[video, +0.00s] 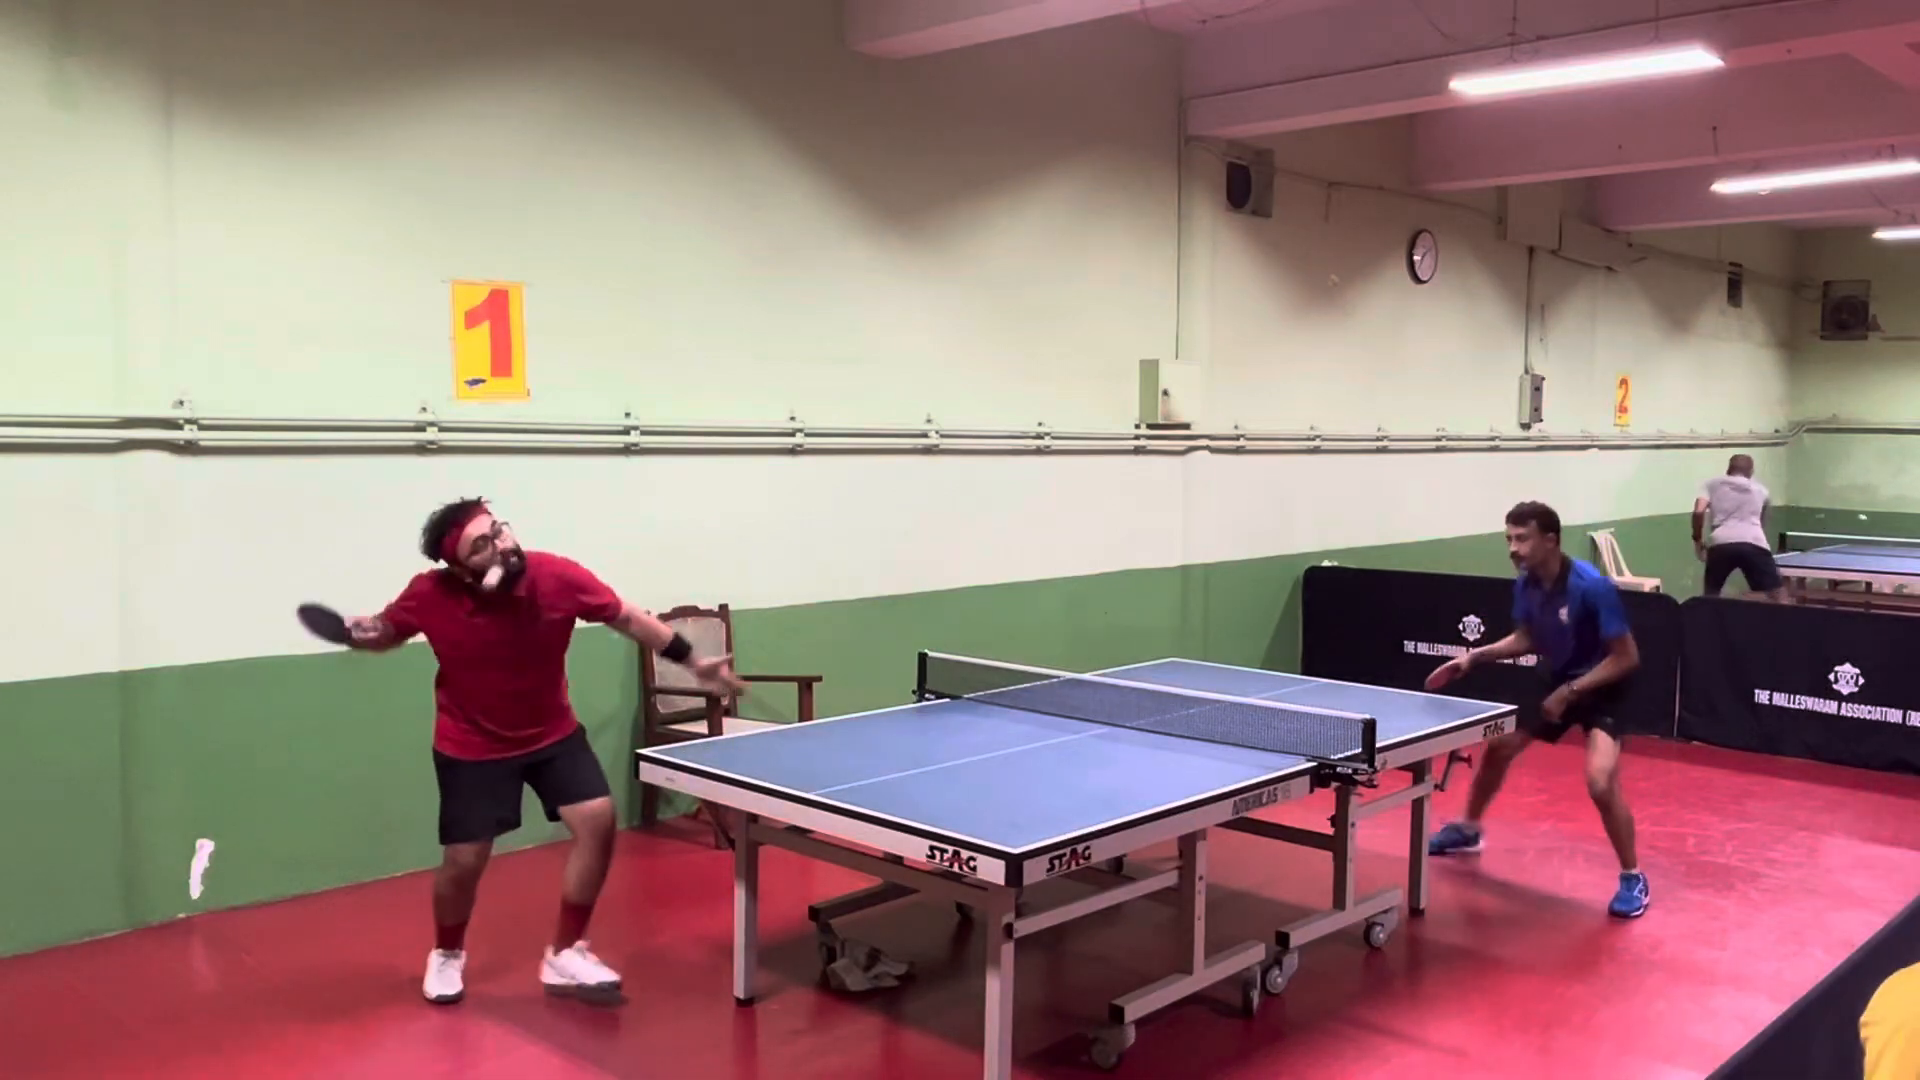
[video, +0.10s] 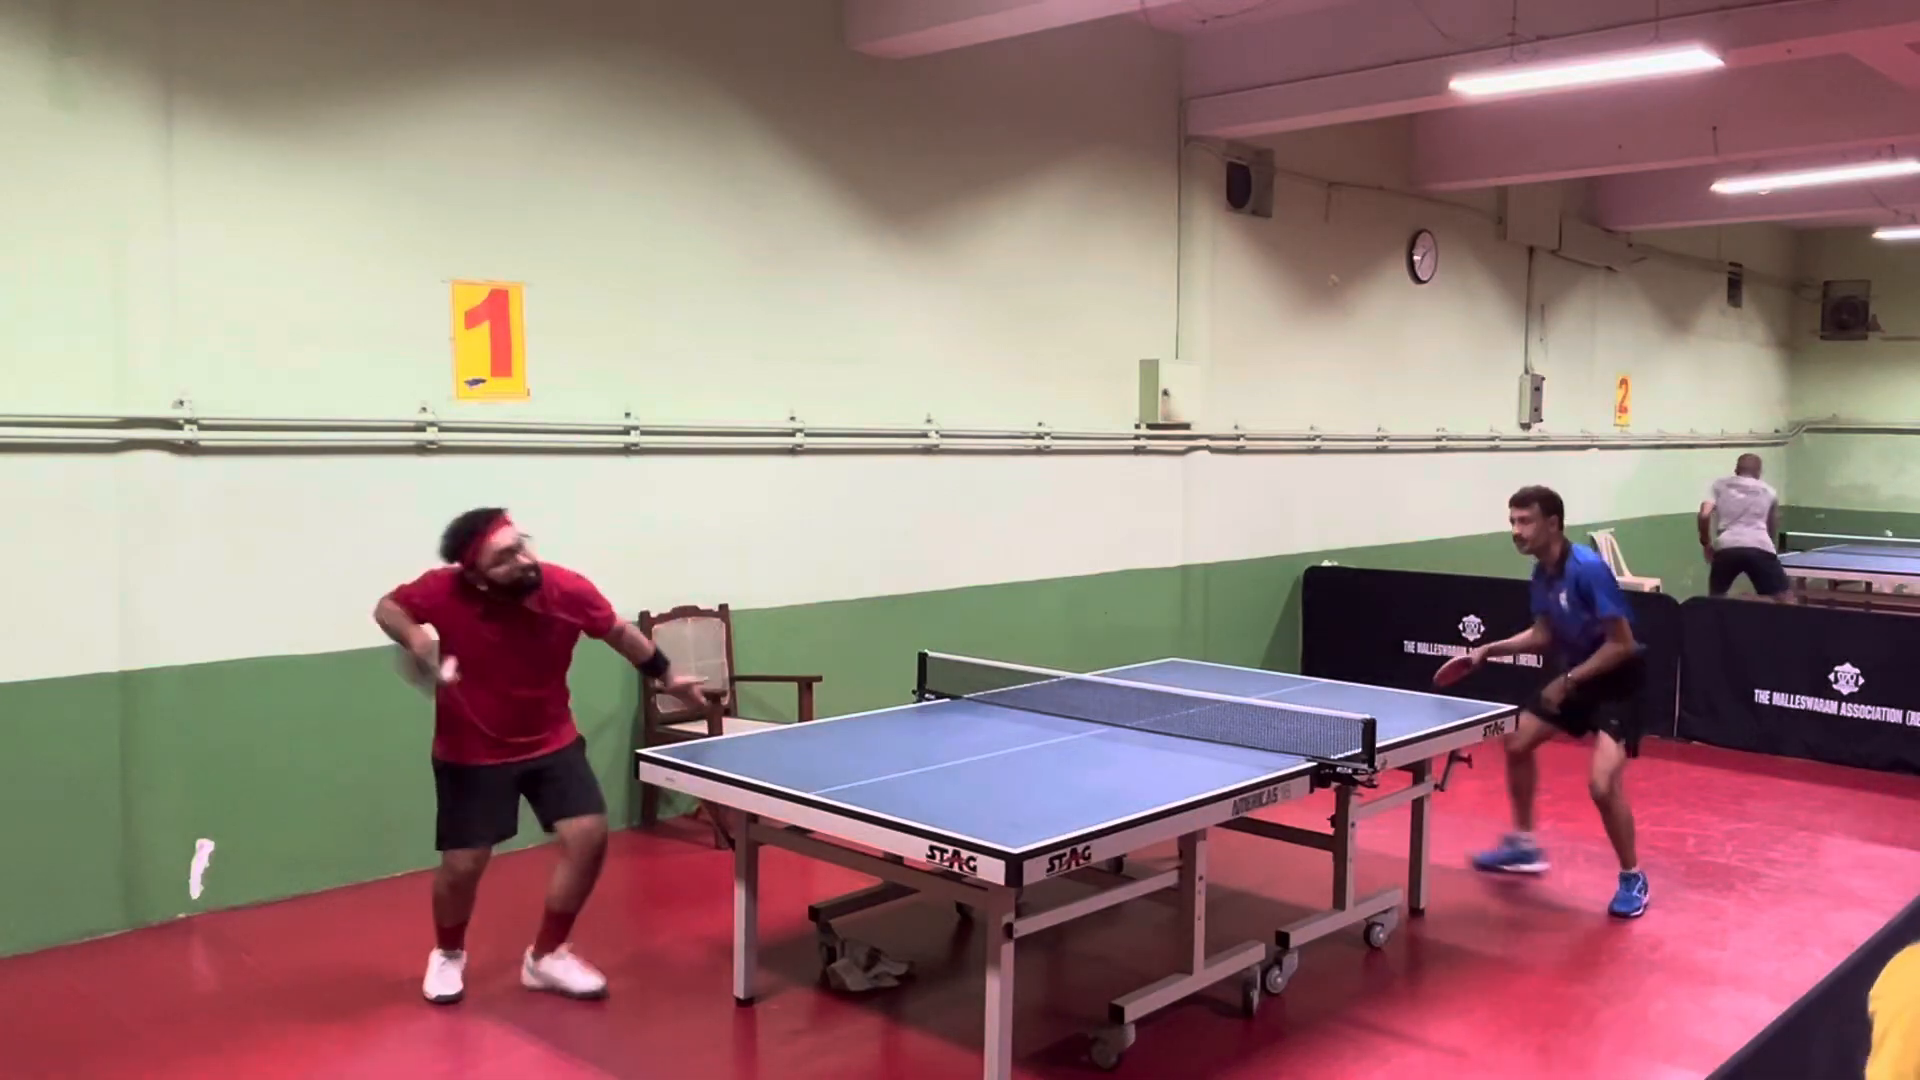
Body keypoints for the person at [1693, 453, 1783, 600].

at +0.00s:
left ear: (1728, 470)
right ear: (1751, 473)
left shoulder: (1712, 484)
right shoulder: (1761, 491)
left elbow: (1698, 512)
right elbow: (1762, 523)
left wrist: (1698, 541)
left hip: (1721, 546)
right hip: (1755, 546)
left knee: (1710, 596)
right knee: (1775, 597)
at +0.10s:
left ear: (1736, 471)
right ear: (1759, 473)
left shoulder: (1720, 485)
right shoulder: (1769, 492)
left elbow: (1704, 515)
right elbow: (1771, 529)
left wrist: (1706, 545)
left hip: (1727, 549)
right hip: (1760, 549)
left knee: (1715, 600)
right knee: (1784, 601)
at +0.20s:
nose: (1774, 476)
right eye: (1773, 473)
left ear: (1749, 473)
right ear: (1772, 475)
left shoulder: (1730, 490)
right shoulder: (1782, 495)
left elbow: (1713, 522)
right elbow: (1786, 530)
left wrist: (1717, 552)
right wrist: (1783, 550)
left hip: (1735, 554)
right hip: (1769, 554)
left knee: (1722, 606)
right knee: (1796, 605)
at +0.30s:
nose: (1790, 476)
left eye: (1789, 473)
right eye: (1789, 473)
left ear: (1766, 473)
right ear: (1787, 474)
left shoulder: (1747, 492)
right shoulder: (1798, 496)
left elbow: (1729, 523)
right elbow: (1806, 526)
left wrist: (1731, 553)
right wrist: (1805, 550)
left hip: (1748, 556)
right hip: (1781, 557)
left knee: (1733, 606)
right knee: (1804, 603)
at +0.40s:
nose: (1809, 475)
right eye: (1809, 471)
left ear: (1786, 470)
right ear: (1806, 472)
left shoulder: (1764, 489)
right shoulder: (1814, 494)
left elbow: (1746, 522)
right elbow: (1823, 529)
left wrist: (1748, 551)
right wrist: (1822, 550)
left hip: (1759, 556)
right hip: (1793, 558)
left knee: (1739, 604)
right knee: (1817, 606)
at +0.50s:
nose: (1824, 474)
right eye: (1824, 470)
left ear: (1800, 469)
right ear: (1821, 471)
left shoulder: (1776, 486)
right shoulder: (1828, 493)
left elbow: (1757, 518)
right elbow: (1838, 544)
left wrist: (1761, 541)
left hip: (1768, 553)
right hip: (1803, 557)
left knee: (1744, 604)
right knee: (1829, 607)